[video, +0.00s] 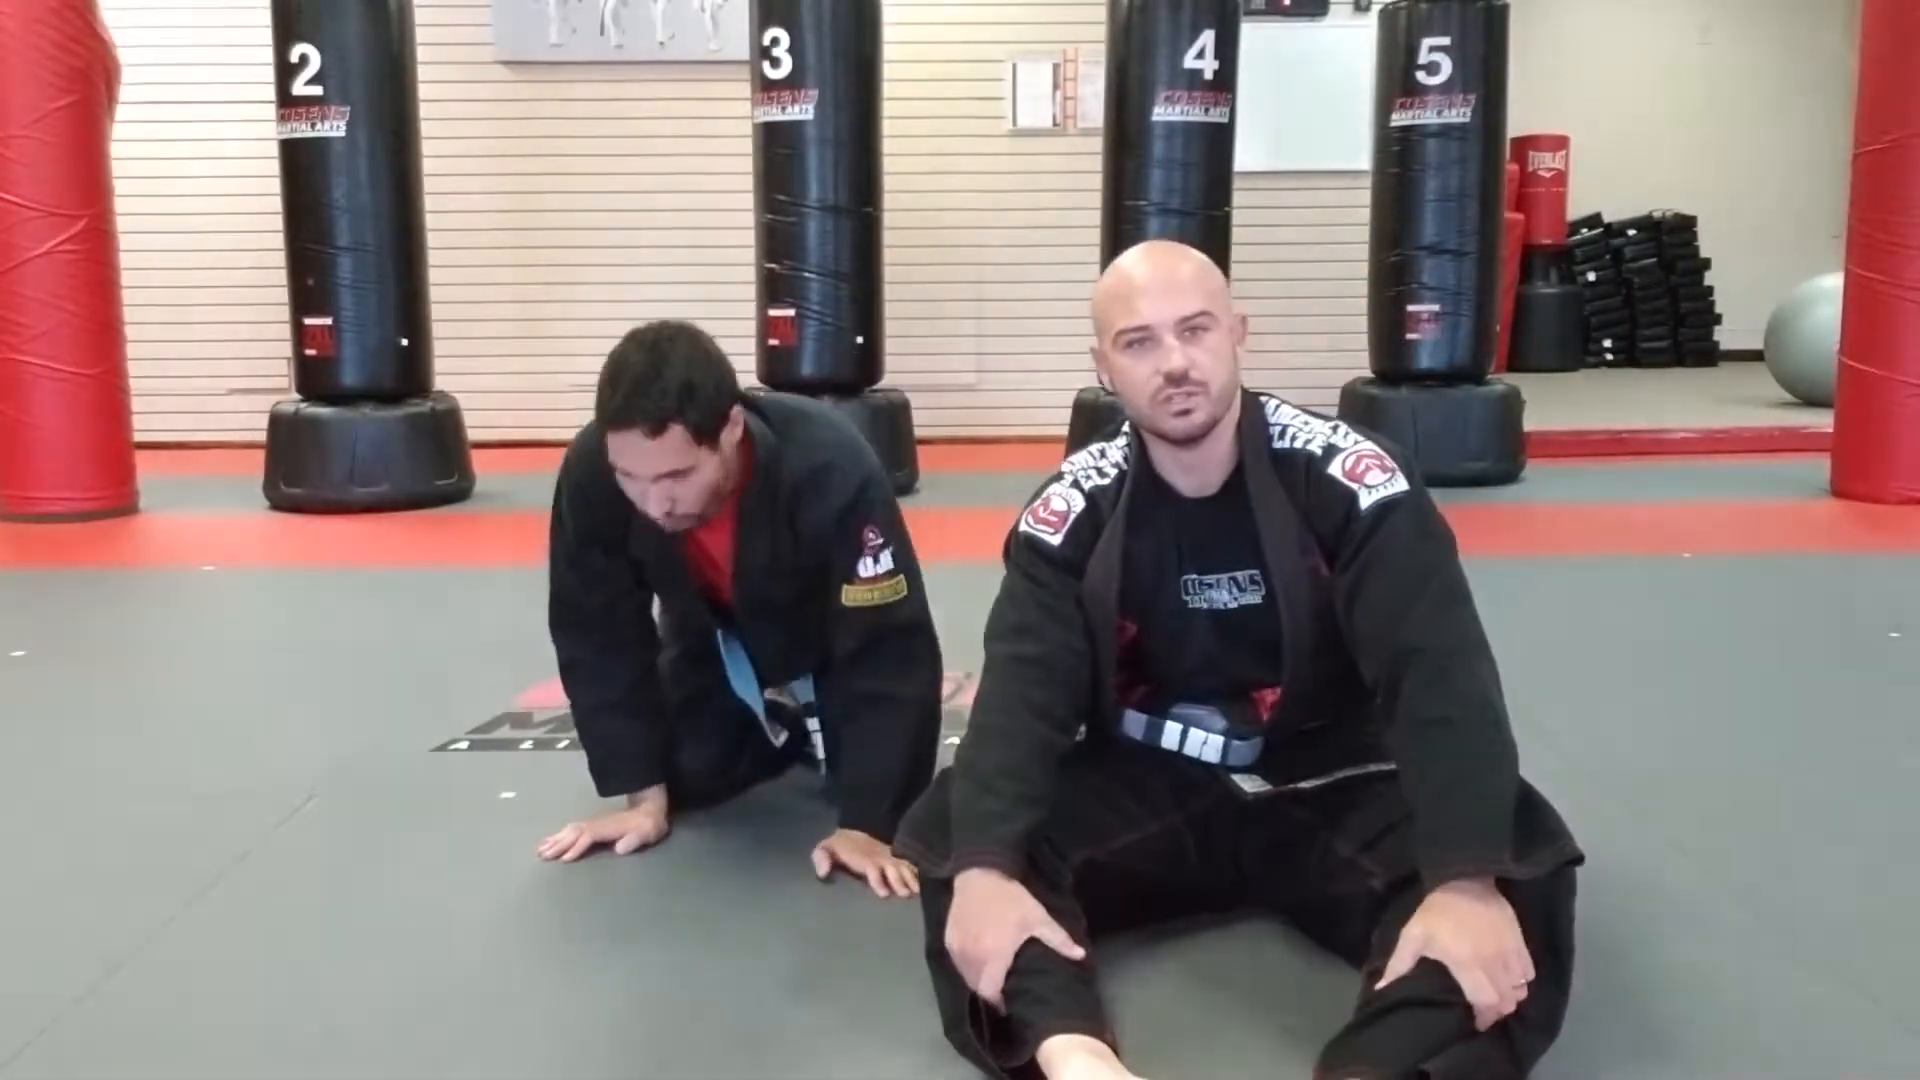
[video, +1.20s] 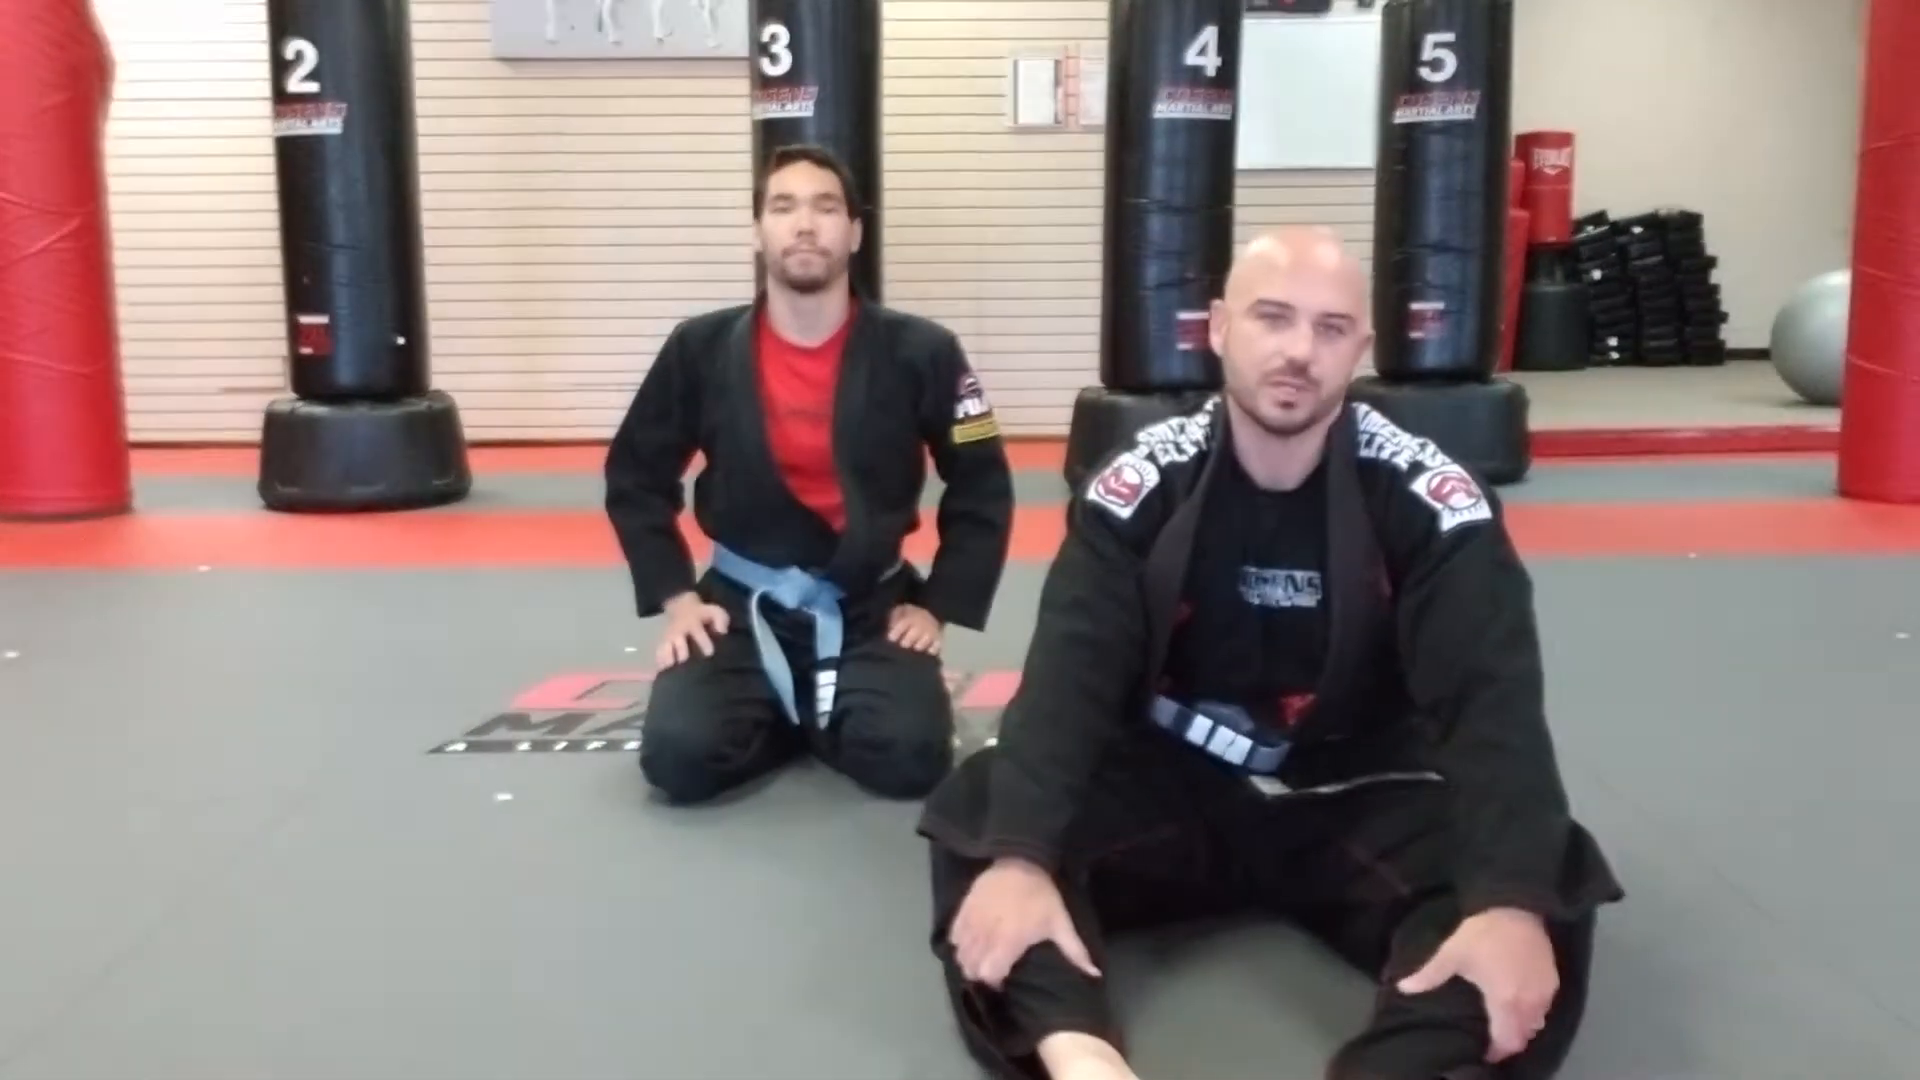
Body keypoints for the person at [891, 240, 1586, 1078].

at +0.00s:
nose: (1175, 363)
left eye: (1196, 331)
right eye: (1139, 343)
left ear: (1239, 335)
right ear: (1105, 367)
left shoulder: (1350, 479)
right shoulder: (1073, 510)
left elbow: (1441, 673)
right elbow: (1022, 697)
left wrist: (1466, 878)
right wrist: (984, 866)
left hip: (1335, 795)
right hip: (1146, 793)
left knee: (1514, 855)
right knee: (958, 831)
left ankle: (1374, 1060)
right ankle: (1076, 1057)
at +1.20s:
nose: (1297, 352)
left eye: (1330, 330)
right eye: (1272, 319)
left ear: (1359, 353)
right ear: (1217, 328)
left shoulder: (1424, 492)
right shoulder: (1143, 481)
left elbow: (1490, 699)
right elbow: (1069, 676)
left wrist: (1510, 902)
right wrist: (1019, 856)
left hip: (1358, 814)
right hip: (1167, 800)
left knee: (1537, 875)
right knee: (982, 807)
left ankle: (1402, 1059)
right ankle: (1081, 1058)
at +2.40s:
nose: (1230, 350)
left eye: (1253, 320)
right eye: (1198, 329)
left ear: (1289, 331)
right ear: (1155, 351)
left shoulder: (1374, 470)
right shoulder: (1116, 479)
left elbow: (1435, 659)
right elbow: (1047, 641)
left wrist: (1416, 823)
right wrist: (1033, 765)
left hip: (1330, 794)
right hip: (1151, 784)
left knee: (1466, 833)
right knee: (995, 791)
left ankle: (1346, 1064)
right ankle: (1084, 1052)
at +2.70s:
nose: (1243, 320)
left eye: (1268, 298)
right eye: (1212, 302)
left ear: (1305, 324)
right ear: (1172, 336)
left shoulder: (1389, 464)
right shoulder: (1121, 476)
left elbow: (1498, 633)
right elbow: (1026, 638)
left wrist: (1548, 808)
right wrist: (935, 751)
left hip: (1326, 772)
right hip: (1162, 766)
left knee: (1403, 769)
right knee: (1044, 741)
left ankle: (1304, 1058)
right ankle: (1116, 1046)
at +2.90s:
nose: (1228, 331)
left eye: (1250, 306)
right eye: (1198, 313)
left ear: (1288, 322)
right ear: (1160, 341)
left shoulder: (1380, 464)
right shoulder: (1113, 471)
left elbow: (1493, 659)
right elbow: (1007, 626)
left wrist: (1534, 865)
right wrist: (931, 779)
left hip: (1341, 769)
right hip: (1172, 762)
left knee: (1318, 738)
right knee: (1045, 704)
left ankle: (1260, 1047)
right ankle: (1055, 1012)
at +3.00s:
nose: (1210, 350)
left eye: (1229, 321)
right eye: (1177, 332)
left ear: (1266, 322)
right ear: (1142, 352)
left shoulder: (1362, 453)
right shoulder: (1102, 467)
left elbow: (1491, 631)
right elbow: (986, 612)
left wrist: (1499, 854)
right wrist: (927, 777)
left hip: (1345, 777)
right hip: (1163, 768)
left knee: (1265, 723)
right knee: (1028, 716)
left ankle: (1202, 1029)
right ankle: (984, 996)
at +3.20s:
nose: (1138, 384)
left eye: (1158, 347)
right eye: (1105, 364)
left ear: (1205, 334)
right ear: (1076, 374)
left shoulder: (1308, 455)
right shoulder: (1044, 475)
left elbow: (1446, 637)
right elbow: (943, 616)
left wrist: (1436, 861)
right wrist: (914, 804)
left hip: (1317, 784)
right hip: (1126, 765)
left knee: (1202, 726)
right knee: (978, 785)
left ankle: (1069, 1016)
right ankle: (849, 1015)